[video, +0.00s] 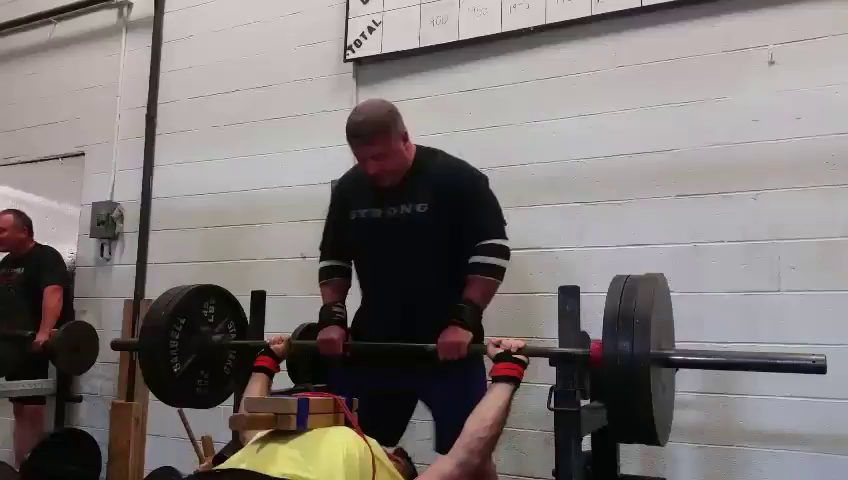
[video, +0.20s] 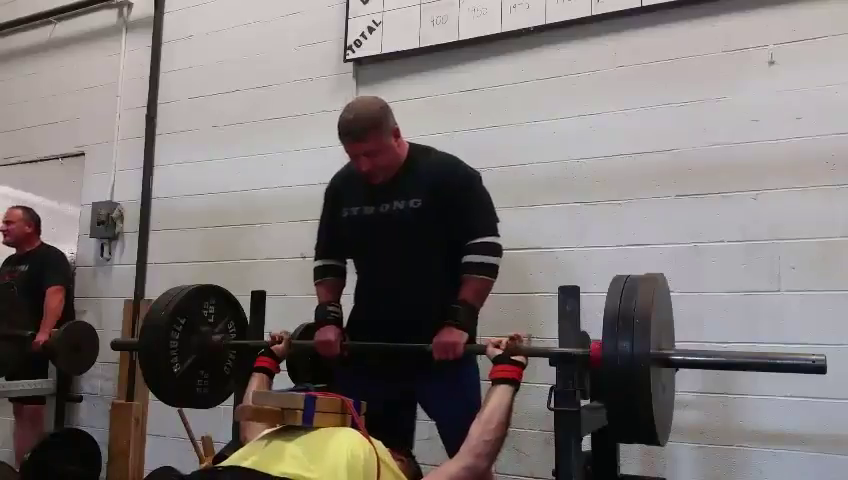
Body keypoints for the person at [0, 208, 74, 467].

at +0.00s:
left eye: (4, 230)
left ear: (23, 232)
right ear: (16, 233)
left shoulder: (46, 256)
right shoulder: (6, 263)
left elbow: (54, 294)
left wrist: (45, 330)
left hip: (34, 342)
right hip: (11, 342)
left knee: (33, 409)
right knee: (19, 408)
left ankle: (32, 467)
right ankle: (21, 465)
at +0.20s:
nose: (3, 227)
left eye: (9, 223)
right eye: (3, 223)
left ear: (30, 227)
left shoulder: (51, 256)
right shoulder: (9, 262)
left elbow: (56, 295)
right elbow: (6, 301)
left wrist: (44, 332)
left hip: (34, 344)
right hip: (12, 343)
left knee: (33, 411)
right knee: (19, 409)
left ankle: (33, 470)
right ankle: (21, 469)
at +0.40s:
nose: (7, 233)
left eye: (12, 227)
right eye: (6, 228)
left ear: (33, 227)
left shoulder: (59, 257)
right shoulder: (12, 262)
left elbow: (65, 294)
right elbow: (7, 296)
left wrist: (33, 317)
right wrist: (9, 319)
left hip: (40, 345)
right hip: (15, 344)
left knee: (34, 411)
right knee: (19, 410)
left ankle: (36, 471)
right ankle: (20, 470)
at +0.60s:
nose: (7, 238)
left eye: (11, 232)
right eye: (5, 233)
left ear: (32, 229)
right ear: (25, 231)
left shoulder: (59, 255)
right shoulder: (14, 263)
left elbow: (78, 287)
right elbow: (8, 297)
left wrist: (44, 303)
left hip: (40, 346)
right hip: (14, 345)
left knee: (34, 411)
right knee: (18, 411)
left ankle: (33, 471)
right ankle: (20, 470)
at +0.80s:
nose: (4, 230)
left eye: (10, 225)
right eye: (5, 225)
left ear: (31, 228)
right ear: (25, 229)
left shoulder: (59, 256)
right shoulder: (13, 261)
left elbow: (77, 294)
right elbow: (8, 297)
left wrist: (47, 318)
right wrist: (11, 318)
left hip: (39, 345)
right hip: (14, 344)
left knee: (34, 410)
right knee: (18, 410)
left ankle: (34, 471)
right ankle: (20, 470)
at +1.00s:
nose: (3, 226)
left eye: (9, 221)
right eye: (4, 221)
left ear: (29, 226)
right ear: (24, 227)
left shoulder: (57, 254)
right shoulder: (12, 260)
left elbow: (77, 292)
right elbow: (9, 299)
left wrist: (51, 327)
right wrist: (8, 328)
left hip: (38, 344)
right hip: (13, 343)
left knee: (34, 411)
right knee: (17, 410)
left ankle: (33, 472)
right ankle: (19, 470)